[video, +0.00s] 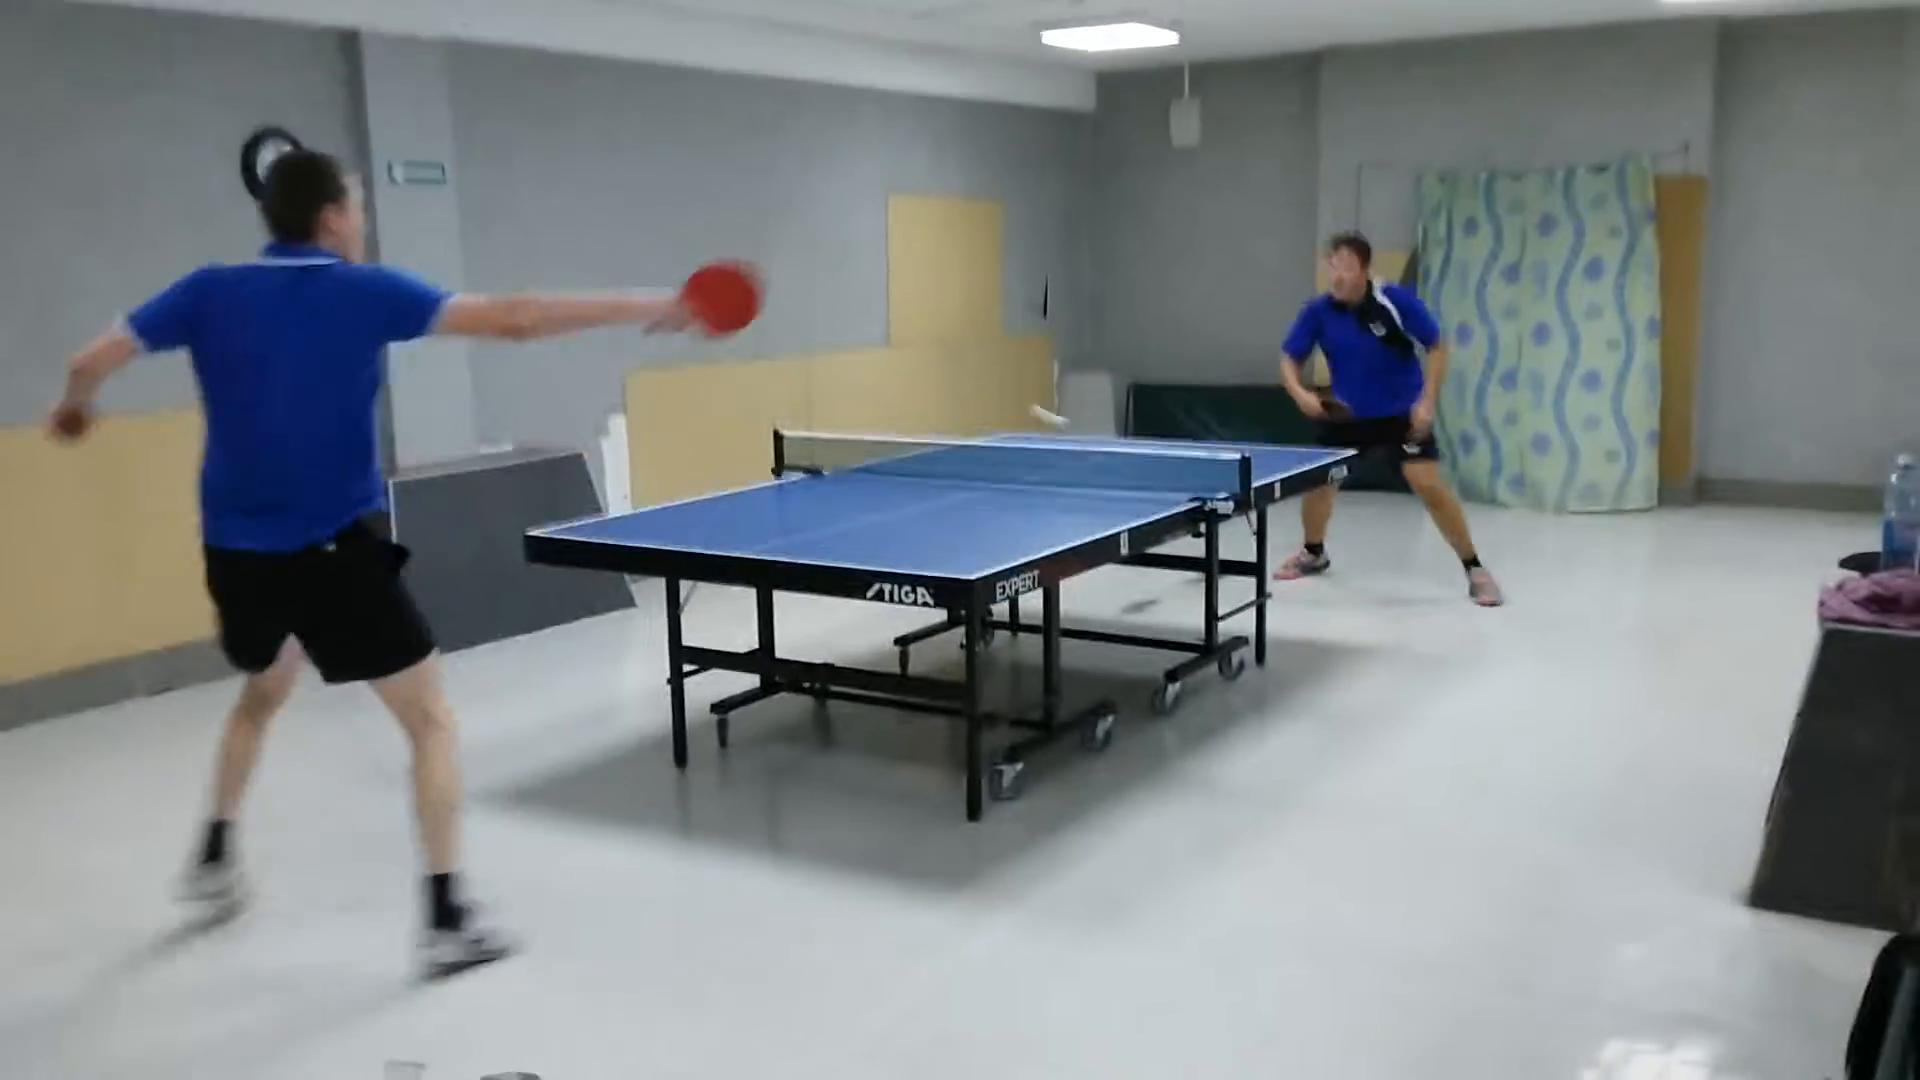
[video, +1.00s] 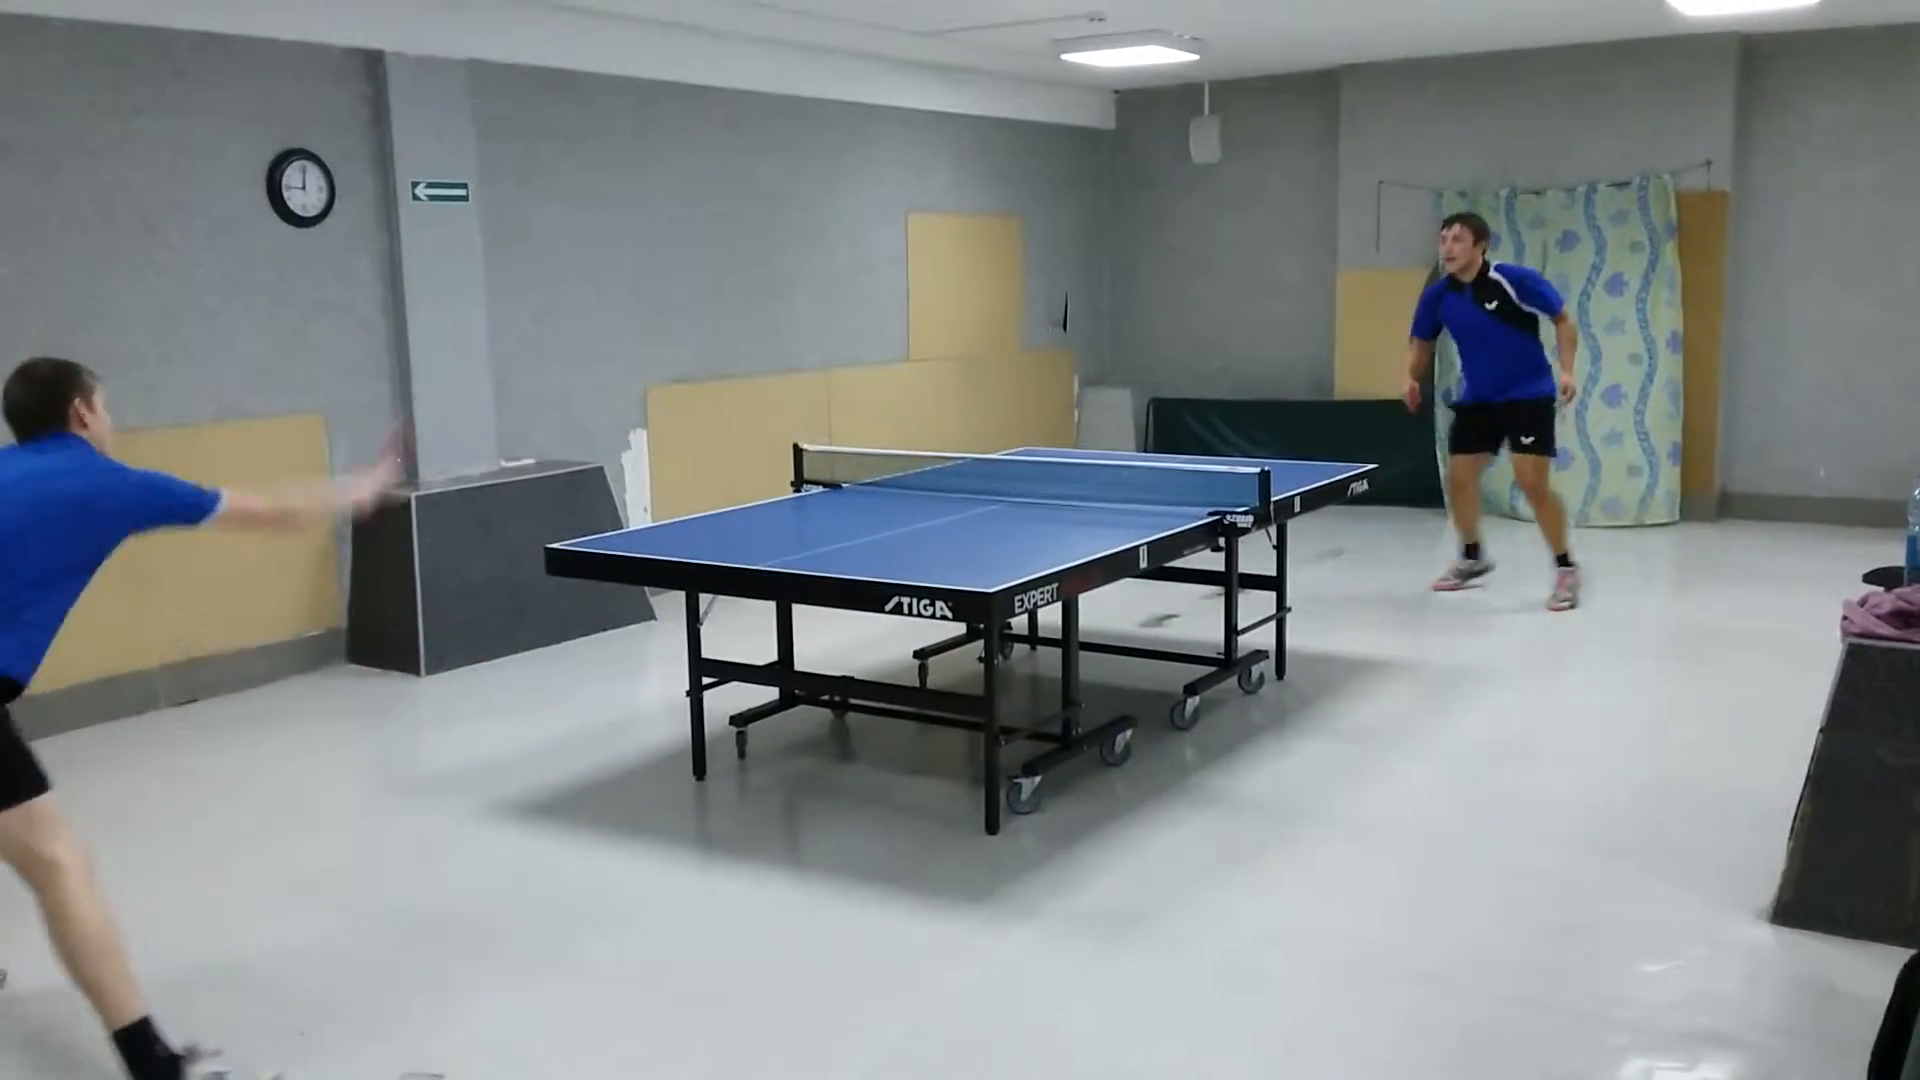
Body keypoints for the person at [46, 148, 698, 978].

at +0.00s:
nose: (360, 220)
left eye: (354, 206)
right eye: (353, 207)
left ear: (275, 218)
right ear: (330, 216)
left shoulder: (212, 291)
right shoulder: (363, 292)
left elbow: (91, 359)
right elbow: (510, 319)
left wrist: (73, 408)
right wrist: (647, 308)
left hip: (237, 555)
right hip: (338, 551)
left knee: (266, 683)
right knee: (430, 721)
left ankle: (212, 856)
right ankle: (447, 920)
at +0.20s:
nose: (278, 280)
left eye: (275, 264)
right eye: (272, 265)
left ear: (194, 280)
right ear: (242, 274)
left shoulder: (132, 367)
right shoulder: (267, 355)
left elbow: (68, 492)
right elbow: (334, 455)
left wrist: (101, 572)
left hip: (171, 634)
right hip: (273, 621)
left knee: (142, 792)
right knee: (391, 748)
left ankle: (29, 979)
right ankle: (427, 932)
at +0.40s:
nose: (252, 282)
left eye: (247, 266)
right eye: (244, 267)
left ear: (168, 280)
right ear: (213, 277)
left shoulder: (91, 354)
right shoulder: (220, 375)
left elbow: (37, 475)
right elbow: (234, 520)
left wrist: (138, 508)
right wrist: (341, 601)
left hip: (51, 620)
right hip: (152, 617)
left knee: (84, 787)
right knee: (287, 772)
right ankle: (320, 980)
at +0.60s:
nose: (221, 390)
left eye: (217, 374)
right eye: (215, 375)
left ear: (137, 386)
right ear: (188, 383)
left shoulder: (75, 452)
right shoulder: (183, 475)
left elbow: (62, 567)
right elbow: (251, 623)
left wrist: (166, 608)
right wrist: (343, 643)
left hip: (3, 700)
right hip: (70, 709)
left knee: (47, 818)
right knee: (241, 842)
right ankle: (219, 1058)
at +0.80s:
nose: (150, 423)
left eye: (146, 407)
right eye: (144, 408)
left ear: (69, 416)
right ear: (115, 413)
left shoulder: (12, 472)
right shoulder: (122, 493)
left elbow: (16, 575)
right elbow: (211, 626)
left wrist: (75, 632)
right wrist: (193, 704)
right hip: (30, 709)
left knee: (14, 807)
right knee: (179, 853)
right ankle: (212, 1061)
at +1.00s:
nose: (110, 423)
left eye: (104, 409)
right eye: (103, 409)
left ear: (28, 421)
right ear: (79, 414)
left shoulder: (7, 469)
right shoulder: (102, 481)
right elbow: (268, 513)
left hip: (2, 710)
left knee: (46, 857)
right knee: (55, 858)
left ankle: (146, 1055)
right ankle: (150, 1059)